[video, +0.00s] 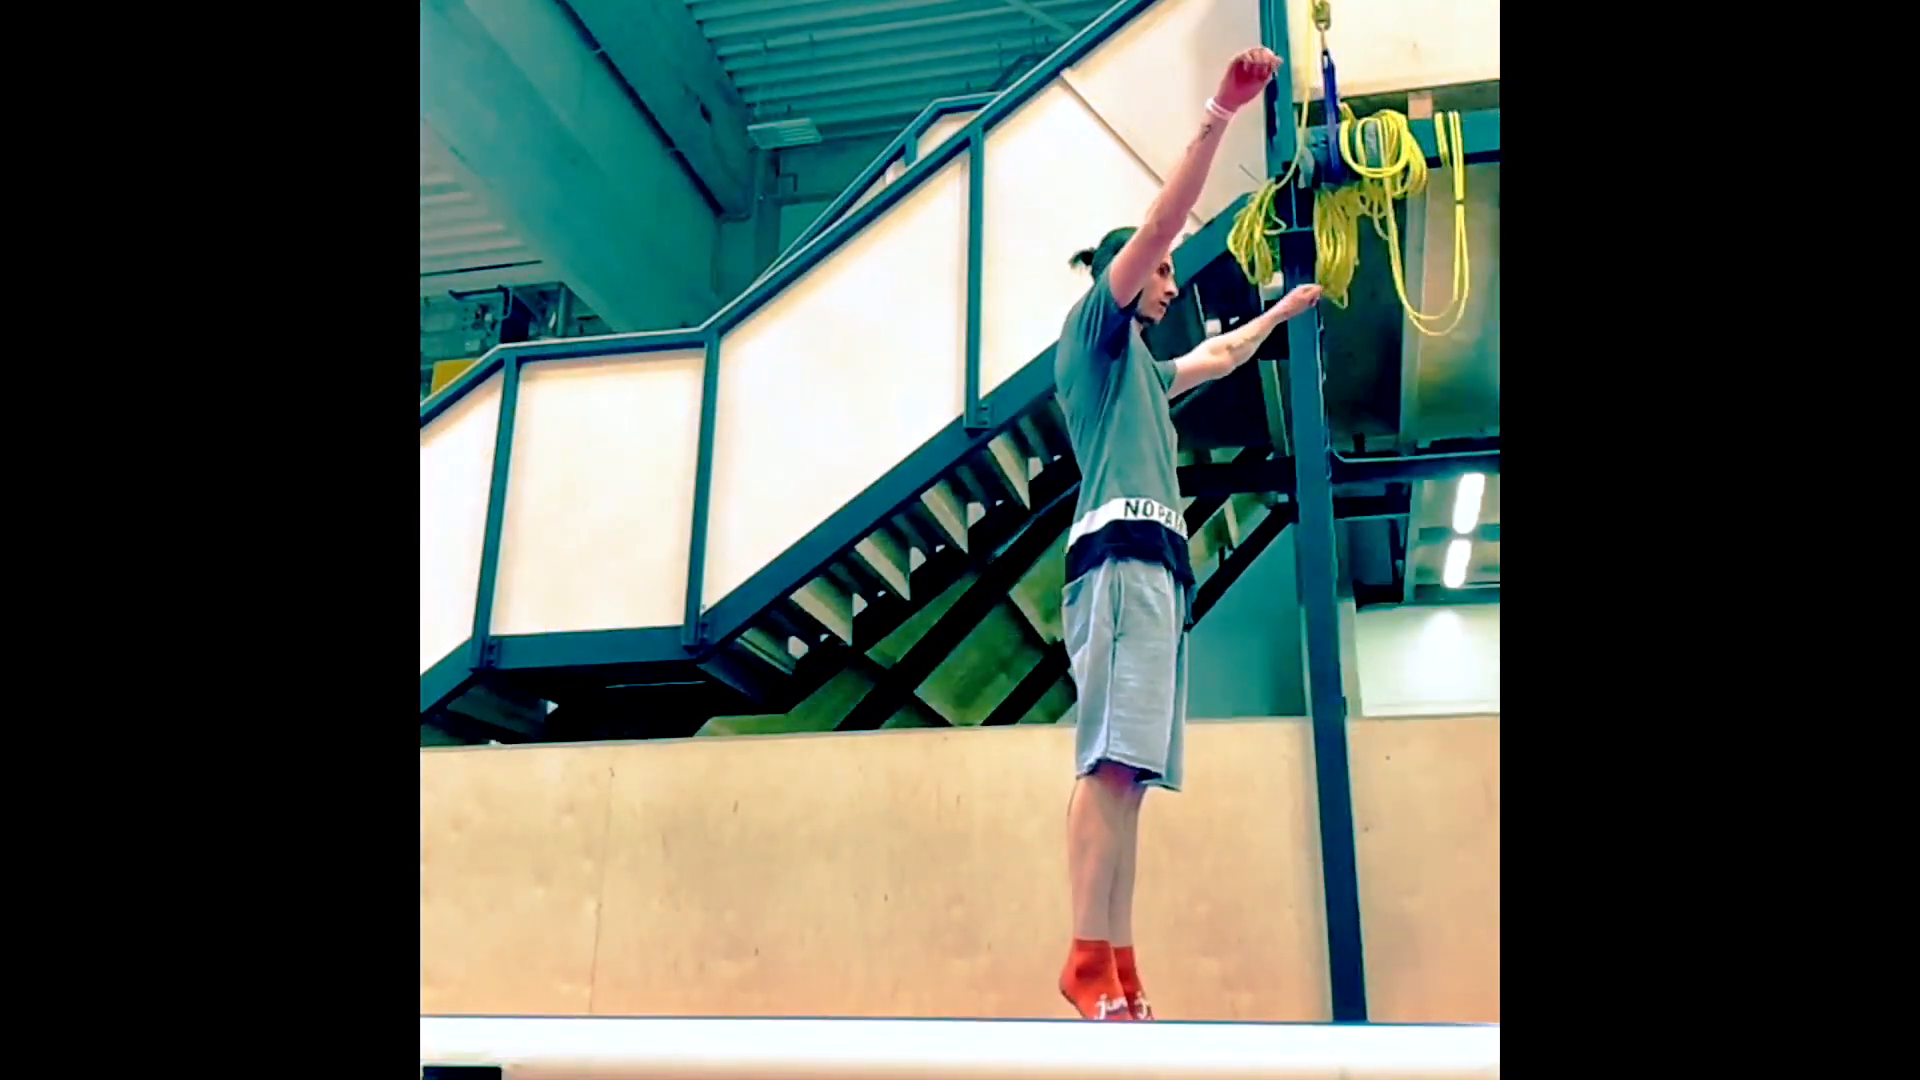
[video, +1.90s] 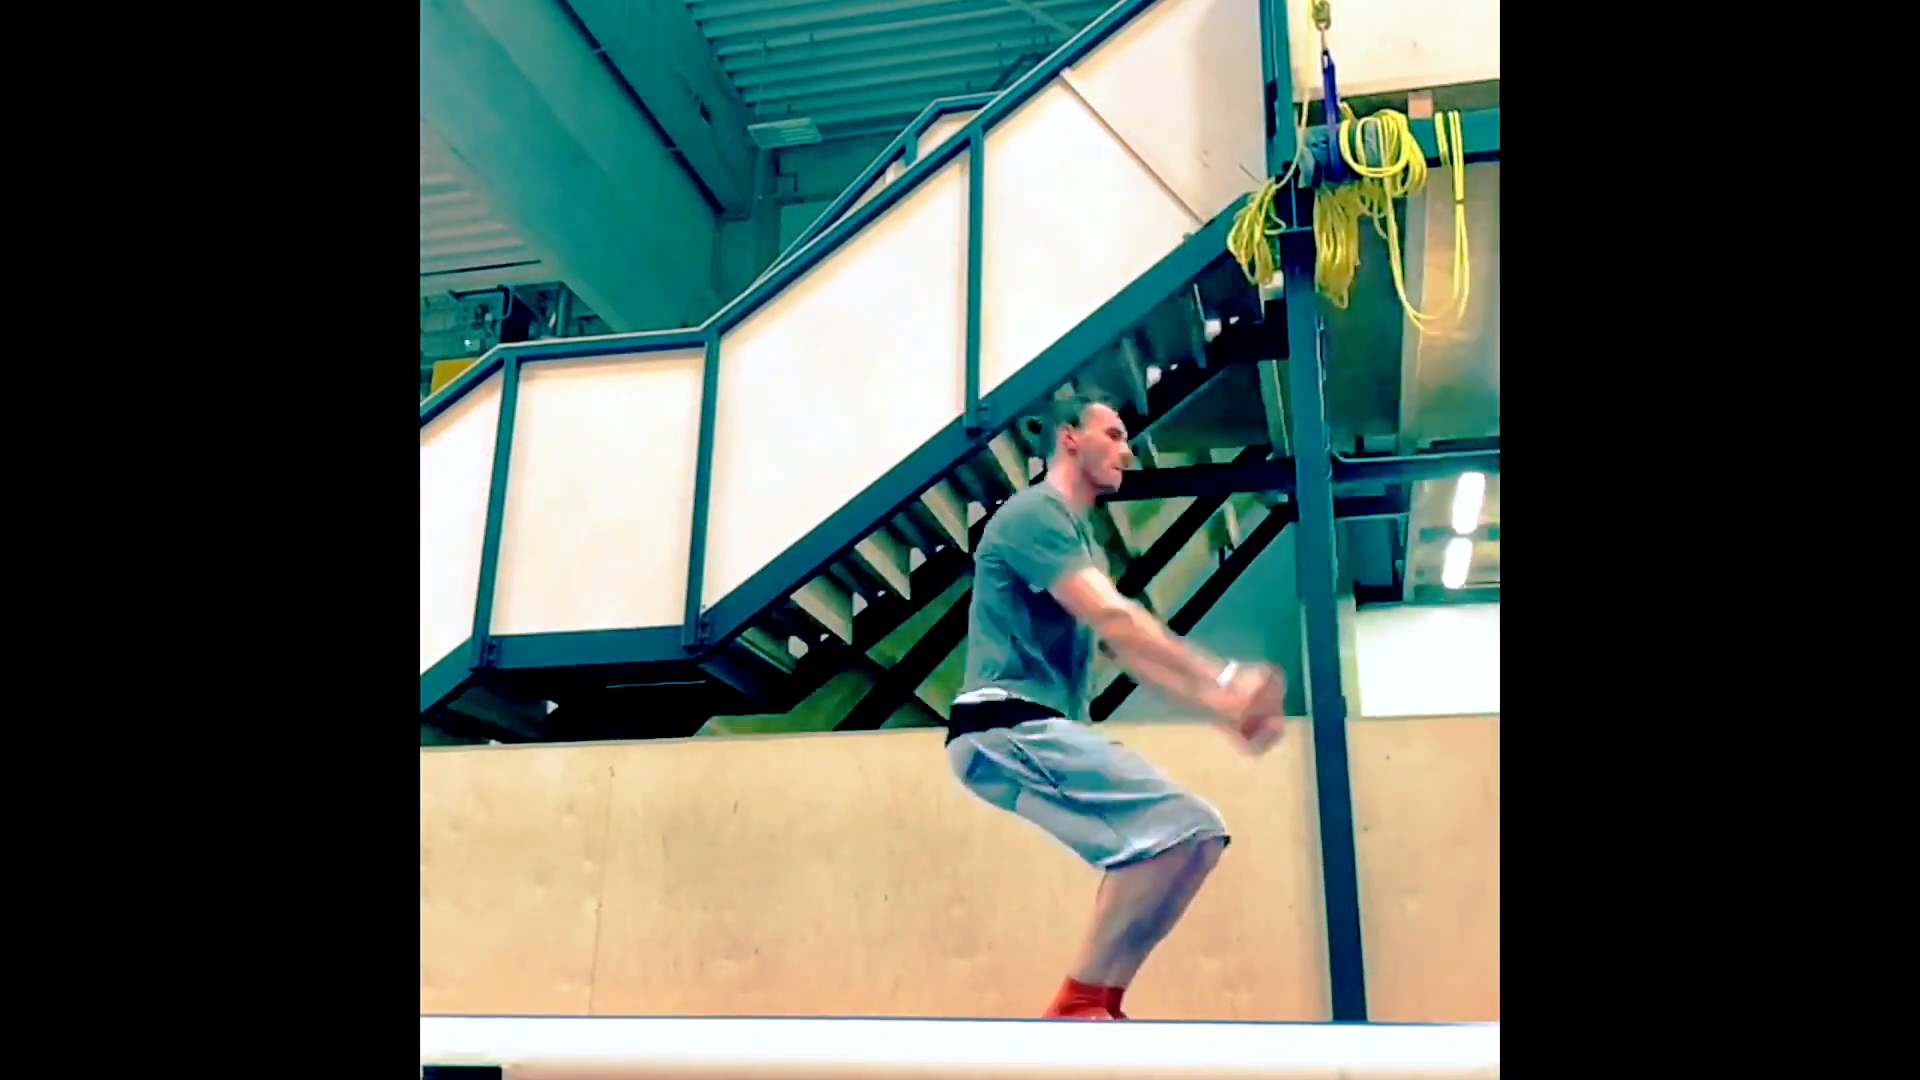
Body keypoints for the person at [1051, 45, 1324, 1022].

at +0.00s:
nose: (1164, 282)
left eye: (1163, 271)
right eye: (1149, 266)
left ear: (1147, 291)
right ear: (1113, 273)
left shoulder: (1141, 367)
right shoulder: (1094, 331)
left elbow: (1219, 352)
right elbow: (1164, 226)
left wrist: (1283, 307)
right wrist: (1218, 115)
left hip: (1152, 568)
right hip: (1121, 562)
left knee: (1129, 770)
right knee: (1112, 765)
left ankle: (1118, 970)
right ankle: (1087, 965)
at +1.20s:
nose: (1154, 270)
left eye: (1153, 260)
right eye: (1142, 258)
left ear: (1125, 274)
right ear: (1101, 265)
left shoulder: (1124, 362)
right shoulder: (1077, 312)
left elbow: (1229, 340)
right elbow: (1207, 264)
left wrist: (1322, 272)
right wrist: (1300, 190)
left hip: (1136, 561)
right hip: (1102, 552)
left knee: (1125, 768)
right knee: (1106, 758)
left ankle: (1118, 968)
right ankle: (1086, 961)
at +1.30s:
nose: (1164, 283)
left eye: (1163, 272)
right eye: (1152, 268)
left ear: (1128, 276)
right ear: (1106, 268)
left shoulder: (1128, 371)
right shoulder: (1076, 321)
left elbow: (1222, 405)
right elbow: (1213, 343)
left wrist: (1326, 373)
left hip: (1129, 565)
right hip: (1093, 555)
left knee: (1121, 766)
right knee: (1102, 760)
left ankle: (1119, 960)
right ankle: (1088, 955)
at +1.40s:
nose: (1188, 292)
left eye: (1192, 282)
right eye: (1177, 275)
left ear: (1162, 286)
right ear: (1134, 272)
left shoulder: (1140, 374)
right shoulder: (1096, 330)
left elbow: (1159, 495)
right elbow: (1130, 445)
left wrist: (1219, 566)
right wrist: (1214, 525)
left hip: (1120, 570)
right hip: (1077, 556)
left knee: (1137, 768)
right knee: (1109, 754)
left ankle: (1123, 957)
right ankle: (1090, 955)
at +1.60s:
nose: (1256, 452)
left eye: (1257, 439)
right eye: (1246, 435)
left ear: (1210, 438)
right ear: (1200, 430)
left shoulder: (1155, 490)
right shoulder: (1140, 455)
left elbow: (1071, 476)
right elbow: (1006, 389)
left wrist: (1039, 443)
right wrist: (913, 333)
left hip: (1038, 655)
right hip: (1016, 653)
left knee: (1152, 805)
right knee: (1157, 795)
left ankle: (1093, 987)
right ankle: (1074, 987)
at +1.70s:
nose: (1251, 535)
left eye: (1252, 522)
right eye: (1239, 517)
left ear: (1202, 520)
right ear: (1194, 513)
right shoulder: (1112, 531)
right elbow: (1009, 462)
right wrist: (924, 397)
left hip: (1028, 736)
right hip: (999, 731)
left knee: (1186, 834)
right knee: (1170, 831)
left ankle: (1090, 1003)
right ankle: (1077, 1005)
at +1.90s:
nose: (1126, 449)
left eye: (1125, 438)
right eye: (1113, 434)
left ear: (1083, 445)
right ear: (1068, 440)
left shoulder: (1080, 538)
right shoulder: (1030, 514)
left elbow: (1130, 652)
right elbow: (1113, 621)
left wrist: (1223, 708)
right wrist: (1217, 681)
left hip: (1044, 727)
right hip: (1003, 726)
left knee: (1200, 839)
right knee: (1169, 832)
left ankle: (1102, 1004)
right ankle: (1077, 1003)